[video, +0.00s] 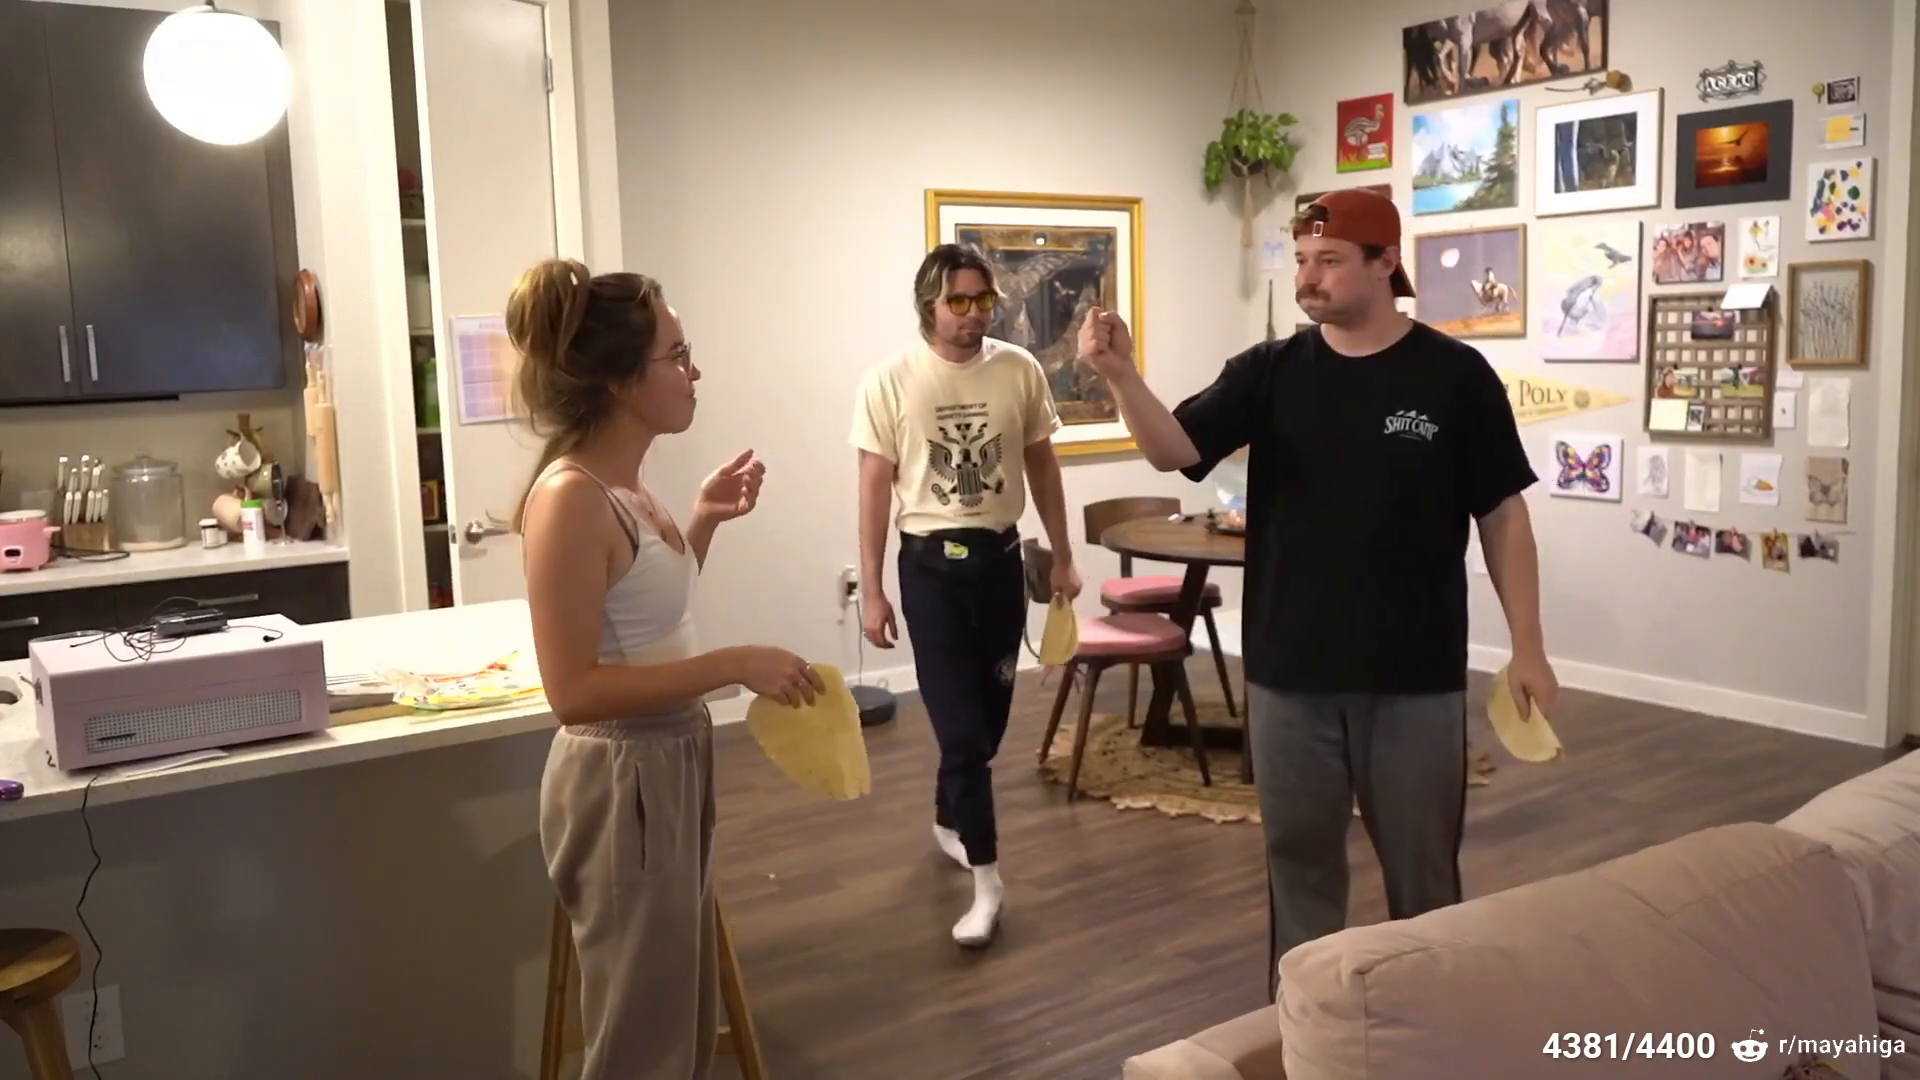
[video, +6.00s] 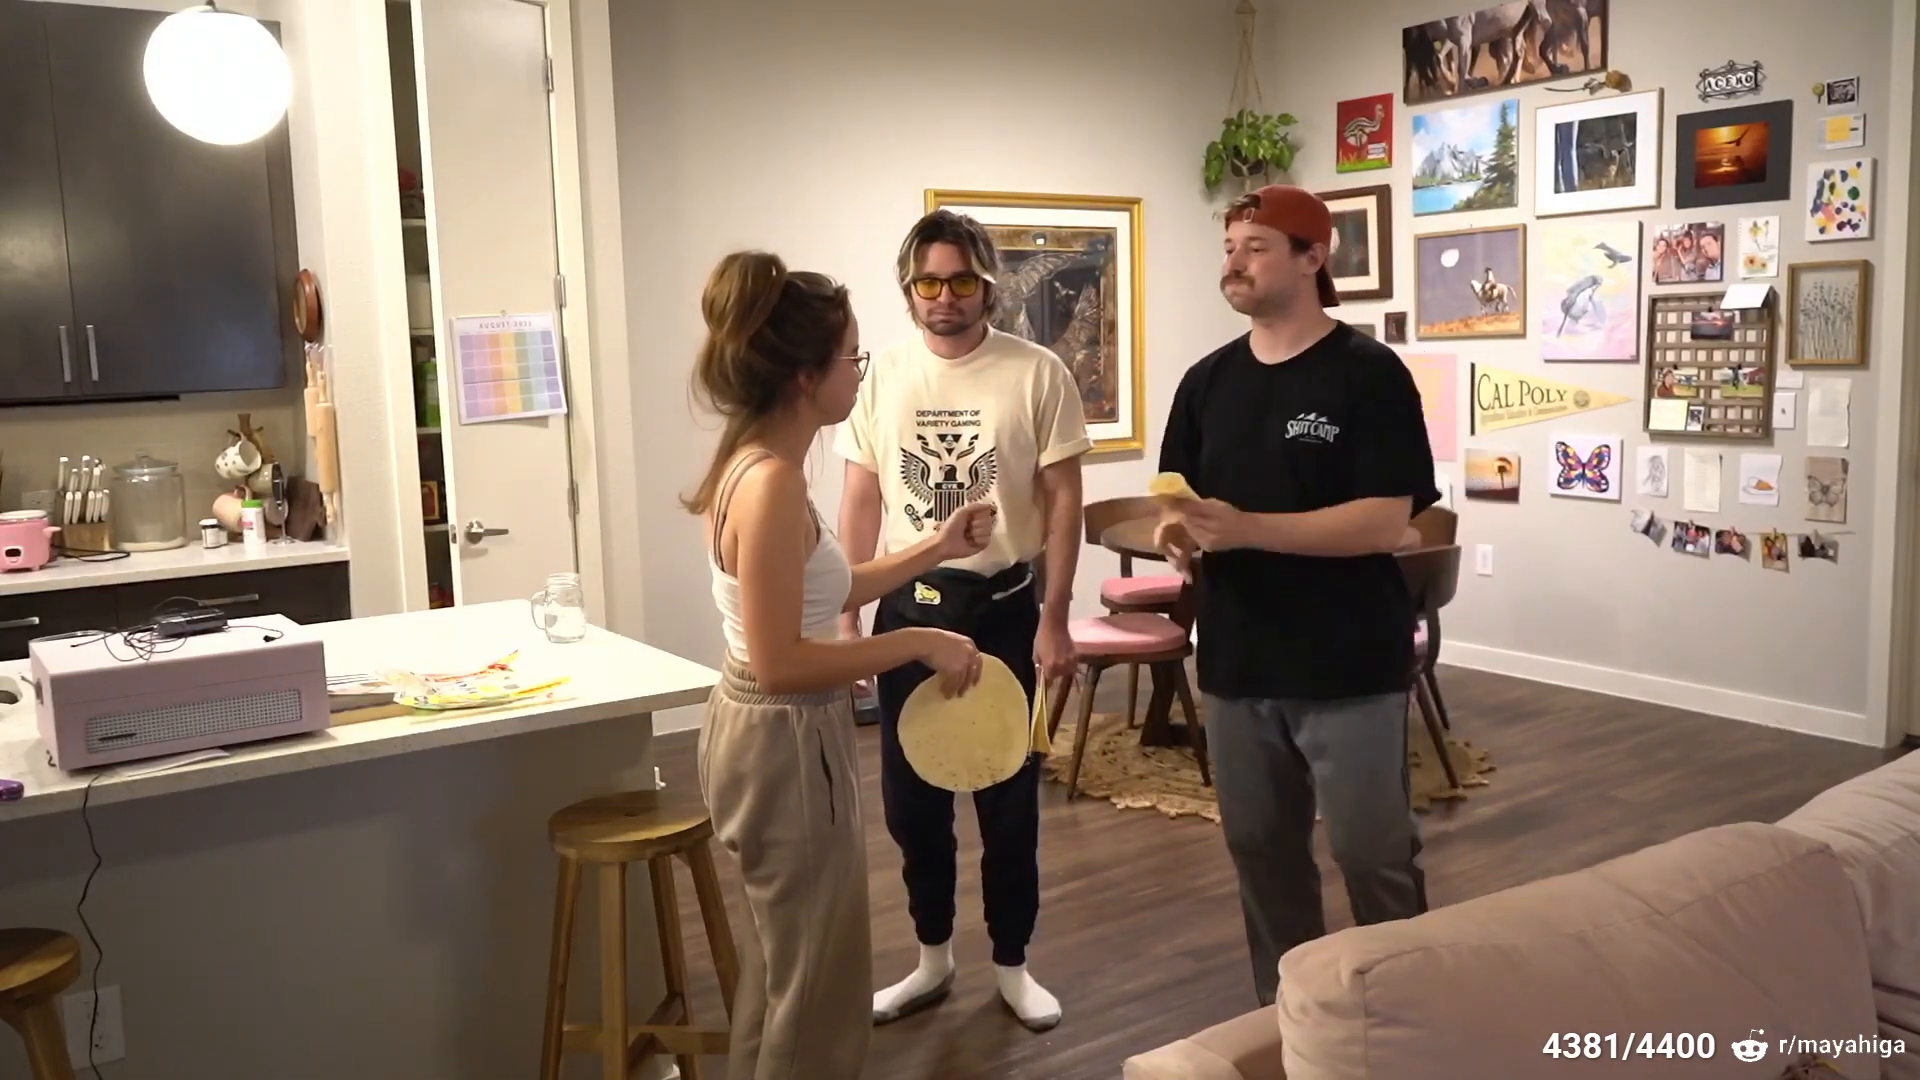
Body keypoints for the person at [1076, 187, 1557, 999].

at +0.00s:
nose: (1306, 275)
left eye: (1327, 260)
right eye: (1300, 261)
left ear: (1384, 267)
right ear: (1297, 269)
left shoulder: (1457, 375)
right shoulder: (1269, 371)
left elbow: (1502, 515)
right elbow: (1176, 450)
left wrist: (1529, 647)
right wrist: (1120, 372)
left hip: (1414, 677)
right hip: (1289, 674)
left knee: (1423, 883)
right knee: (1298, 875)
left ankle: (1436, 1040)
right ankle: (1301, 1039)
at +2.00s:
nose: (1269, 279)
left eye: (1288, 262)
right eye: (1262, 265)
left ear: (1345, 268)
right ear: (1256, 274)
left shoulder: (1422, 372)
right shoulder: (1236, 376)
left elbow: (1475, 512)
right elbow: (1139, 453)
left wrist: (1496, 642)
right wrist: (1175, 334)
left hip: (1400, 679)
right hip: (1272, 684)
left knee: (1418, 881)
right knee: (1293, 884)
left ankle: (1438, 1038)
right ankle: (1305, 1042)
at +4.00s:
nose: (1302, 257)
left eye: (1325, 242)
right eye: (1300, 244)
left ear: (1382, 256)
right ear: (1299, 261)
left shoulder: (1448, 376)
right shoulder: (1259, 371)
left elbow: (1490, 521)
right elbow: (1178, 472)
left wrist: (1506, 654)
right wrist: (1135, 431)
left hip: (1408, 677)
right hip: (1283, 675)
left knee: (1420, 874)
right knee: (1295, 865)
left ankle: (1433, 1031)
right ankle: (1301, 1027)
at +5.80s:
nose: (1259, 260)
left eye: (1280, 246)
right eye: (1252, 248)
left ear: (1334, 258)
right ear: (1246, 263)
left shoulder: (1406, 374)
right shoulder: (1217, 381)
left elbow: (1468, 498)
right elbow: (1129, 480)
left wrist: (1418, 601)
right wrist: (1054, 505)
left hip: (1385, 675)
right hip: (1263, 678)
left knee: (1411, 874)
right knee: (1282, 873)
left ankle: (1440, 1025)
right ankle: (1296, 1033)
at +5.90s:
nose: (1248, 258)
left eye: (1270, 245)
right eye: (1243, 247)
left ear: (1324, 259)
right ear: (1237, 264)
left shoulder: (1392, 375)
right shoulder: (1207, 383)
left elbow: (1437, 517)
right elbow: (1145, 499)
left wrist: (1328, 562)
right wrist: (1132, 523)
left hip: (1373, 675)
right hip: (1250, 677)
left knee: (1402, 862)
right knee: (1273, 867)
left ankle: (1428, 1016)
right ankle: (1293, 1026)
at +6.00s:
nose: (1234, 263)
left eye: (1256, 248)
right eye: (1230, 250)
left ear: (1311, 261)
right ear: (1228, 264)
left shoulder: (1371, 372)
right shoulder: (1205, 382)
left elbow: (1388, 521)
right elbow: (1175, 508)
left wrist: (1242, 528)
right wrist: (1170, 534)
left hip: (1354, 675)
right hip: (1237, 674)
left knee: (1375, 865)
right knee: (1265, 870)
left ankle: (1406, 1019)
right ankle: (1294, 1026)